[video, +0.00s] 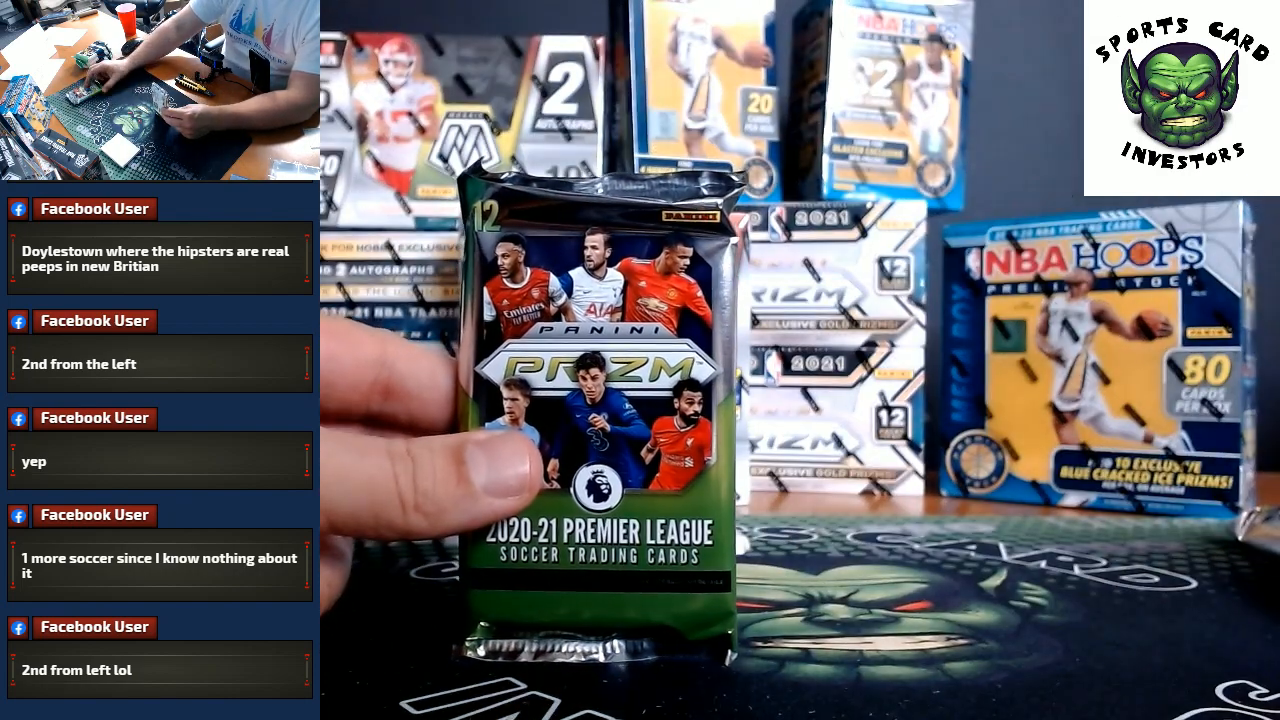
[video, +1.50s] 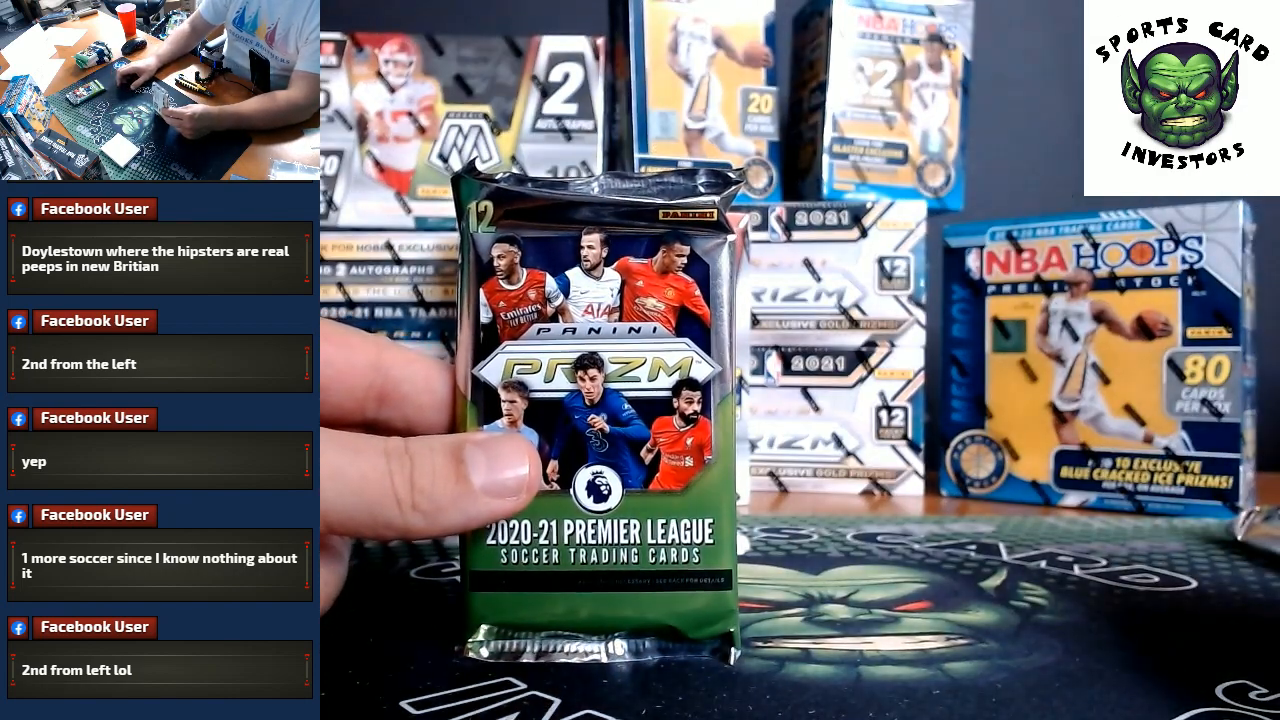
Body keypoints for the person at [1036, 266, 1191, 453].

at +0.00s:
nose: (1072, 287)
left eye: (1077, 283)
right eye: (1071, 283)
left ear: (1087, 285)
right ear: (1067, 283)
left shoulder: (1095, 308)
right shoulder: (1053, 303)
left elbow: (1126, 331)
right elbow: (1039, 335)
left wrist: (1157, 330)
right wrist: (1047, 350)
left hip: (1081, 365)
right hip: (1063, 367)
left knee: (1062, 418)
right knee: (1104, 424)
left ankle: (1077, 473)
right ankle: (1165, 442)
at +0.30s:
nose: (1072, 288)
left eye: (1077, 284)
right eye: (1070, 283)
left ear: (1087, 286)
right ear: (1067, 283)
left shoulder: (1095, 308)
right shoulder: (1053, 303)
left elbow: (1126, 331)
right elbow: (1039, 335)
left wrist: (1156, 330)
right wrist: (1047, 350)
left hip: (1081, 365)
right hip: (1064, 366)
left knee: (1062, 418)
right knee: (1103, 424)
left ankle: (1077, 473)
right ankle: (1165, 442)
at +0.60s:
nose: (1072, 288)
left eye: (1077, 284)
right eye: (1070, 283)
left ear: (1087, 286)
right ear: (1067, 283)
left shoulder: (1095, 308)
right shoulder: (1053, 303)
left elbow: (1126, 331)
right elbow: (1039, 335)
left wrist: (1156, 330)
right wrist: (1047, 350)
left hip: (1081, 365)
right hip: (1063, 366)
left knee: (1062, 418)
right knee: (1103, 424)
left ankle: (1077, 473)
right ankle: (1165, 442)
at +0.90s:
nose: (1072, 287)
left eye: (1077, 284)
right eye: (1071, 283)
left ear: (1087, 286)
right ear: (1067, 283)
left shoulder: (1095, 308)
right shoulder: (1053, 304)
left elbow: (1126, 331)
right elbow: (1039, 335)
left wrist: (1156, 329)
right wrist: (1047, 350)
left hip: (1081, 365)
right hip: (1064, 367)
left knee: (1062, 418)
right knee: (1103, 424)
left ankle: (1077, 473)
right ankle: (1165, 442)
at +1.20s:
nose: (1072, 287)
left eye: (1077, 284)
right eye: (1071, 283)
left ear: (1087, 285)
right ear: (1067, 283)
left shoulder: (1095, 308)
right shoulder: (1053, 304)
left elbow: (1126, 331)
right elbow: (1039, 334)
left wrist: (1156, 329)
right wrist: (1047, 350)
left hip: (1081, 365)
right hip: (1064, 367)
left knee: (1062, 418)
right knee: (1103, 424)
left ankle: (1078, 473)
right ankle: (1165, 442)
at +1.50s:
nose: (1072, 287)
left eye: (1077, 284)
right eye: (1071, 283)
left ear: (1087, 285)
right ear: (1067, 283)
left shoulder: (1095, 308)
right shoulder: (1053, 304)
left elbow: (1126, 331)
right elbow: (1039, 334)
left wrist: (1156, 330)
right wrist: (1047, 350)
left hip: (1081, 365)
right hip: (1064, 367)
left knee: (1062, 418)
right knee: (1103, 424)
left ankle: (1078, 473)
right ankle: (1165, 442)